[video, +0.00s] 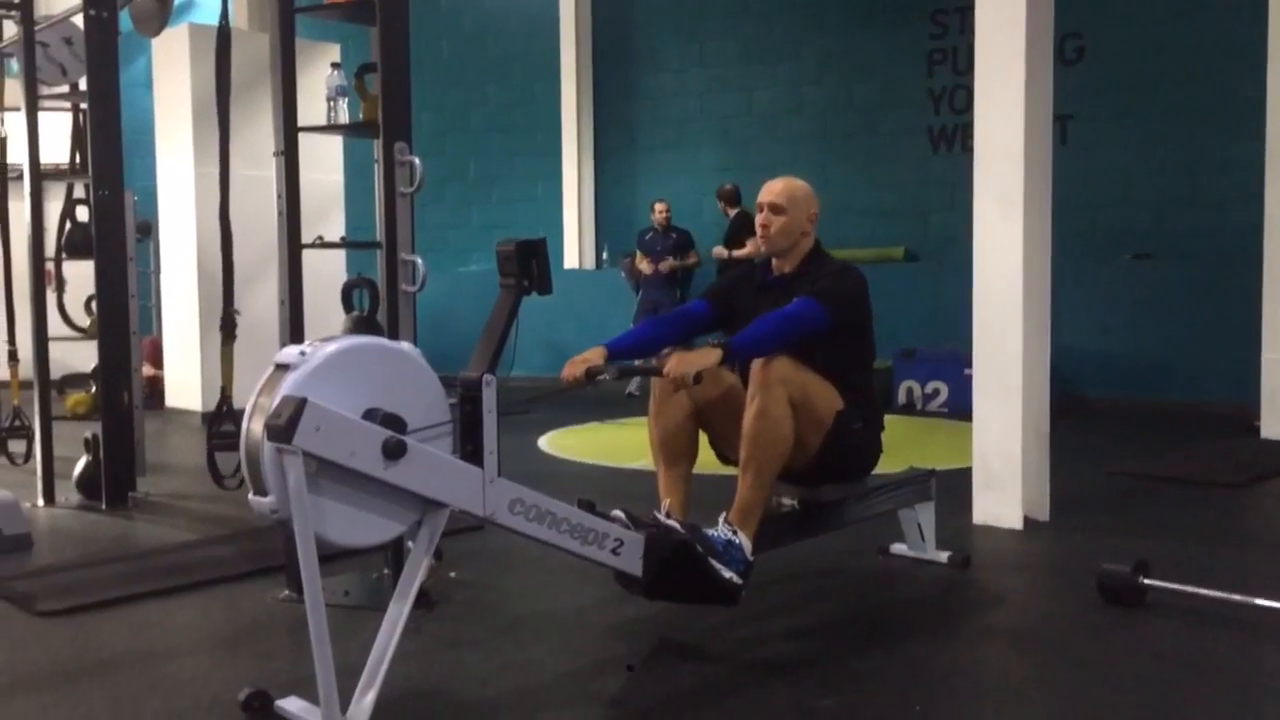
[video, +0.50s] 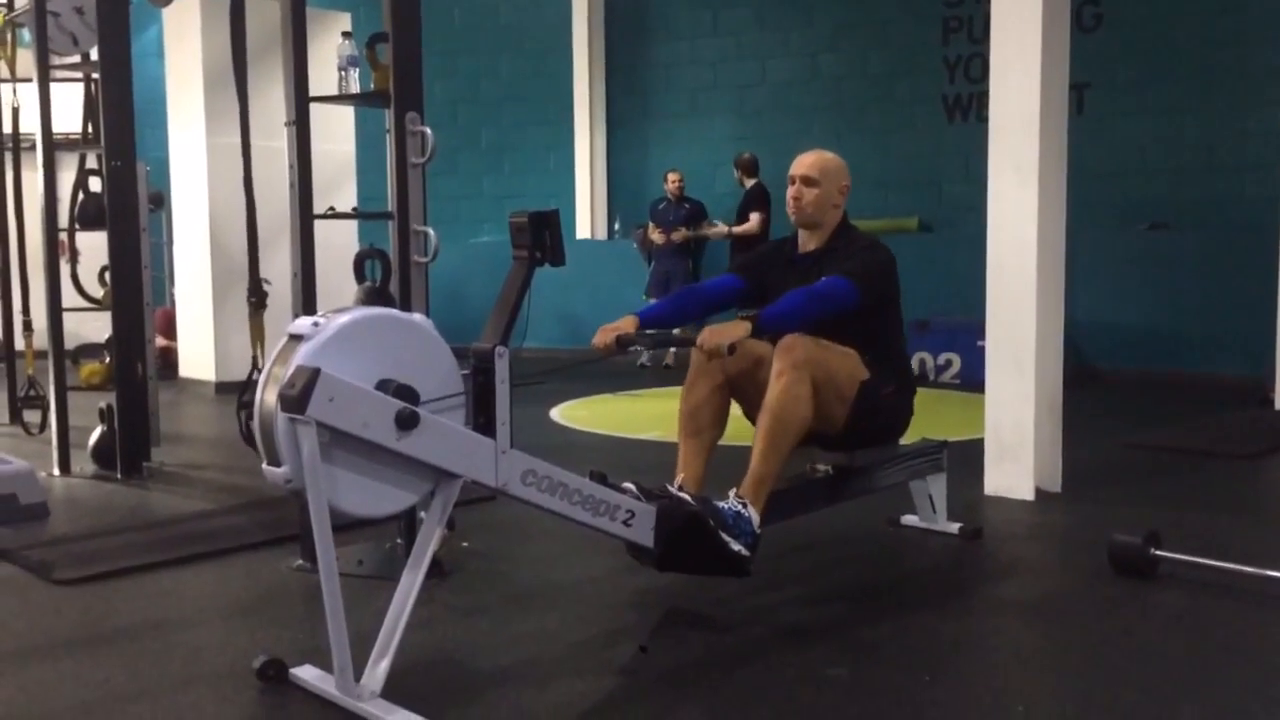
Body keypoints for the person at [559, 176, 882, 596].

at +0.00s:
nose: (761, 221)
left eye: (775, 211)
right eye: (759, 211)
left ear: (809, 223)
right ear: (753, 219)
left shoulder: (841, 281)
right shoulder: (744, 279)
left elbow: (790, 323)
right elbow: (683, 321)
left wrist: (720, 351)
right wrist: (605, 351)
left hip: (841, 449)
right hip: (766, 445)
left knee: (771, 368)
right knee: (673, 374)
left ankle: (737, 537)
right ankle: (671, 524)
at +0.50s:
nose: (793, 192)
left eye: (807, 183)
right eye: (791, 183)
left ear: (840, 196)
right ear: (785, 191)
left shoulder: (869, 257)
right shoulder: (775, 257)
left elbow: (820, 300)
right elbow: (709, 296)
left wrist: (751, 324)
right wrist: (637, 320)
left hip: (874, 407)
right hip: (799, 407)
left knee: (795, 349)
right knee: (712, 351)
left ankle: (746, 512)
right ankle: (684, 496)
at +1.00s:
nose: (883, 170)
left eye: (896, 160)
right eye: (879, 161)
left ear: (926, 170)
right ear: (873, 168)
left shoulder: (946, 230)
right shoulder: (854, 233)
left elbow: (918, 273)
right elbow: (802, 278)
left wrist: (856, 292)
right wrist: (742, 298)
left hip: (911, 363)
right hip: (844, 354)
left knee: (820, 377)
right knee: (752, 368)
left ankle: (745, 499)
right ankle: (678, 481)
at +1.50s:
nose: (893, 187)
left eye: (904, 177)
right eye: (887, 177)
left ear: (934, 178)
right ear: (882, 179)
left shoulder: (972, 234)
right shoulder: (871, 234)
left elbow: (1004, 309)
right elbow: (832, 310)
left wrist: (946, 281)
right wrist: (822, 287)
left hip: (922, 360)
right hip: (858, 351)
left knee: (834, 384)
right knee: (783, 378)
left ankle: (748, 493)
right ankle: (693, 476)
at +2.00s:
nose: (735, 204)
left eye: (749, 195)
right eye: (733, 193)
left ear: (787, 201)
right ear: (729, 196)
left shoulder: (822, 252)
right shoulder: (730, 252)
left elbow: (776, 315)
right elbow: (663, 299)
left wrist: (697, 350)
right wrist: (589, 336)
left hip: (853, 403)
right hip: (777, 400)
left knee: (787, 339)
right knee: (683, 327)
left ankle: (739, 492)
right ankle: (679, 477)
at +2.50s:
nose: (910, 188)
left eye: (923, 180)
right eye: (905, 179)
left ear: (951, 188)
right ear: (900, 186)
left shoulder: (972, 244)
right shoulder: (873, 247)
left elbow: (957, 295)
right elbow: (830, 297)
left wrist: (898, 299)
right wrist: (785, 304)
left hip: (923, 364)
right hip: (858, 356)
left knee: (832, 397)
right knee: (776, 391)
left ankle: (744, 501)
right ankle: (679, 484)